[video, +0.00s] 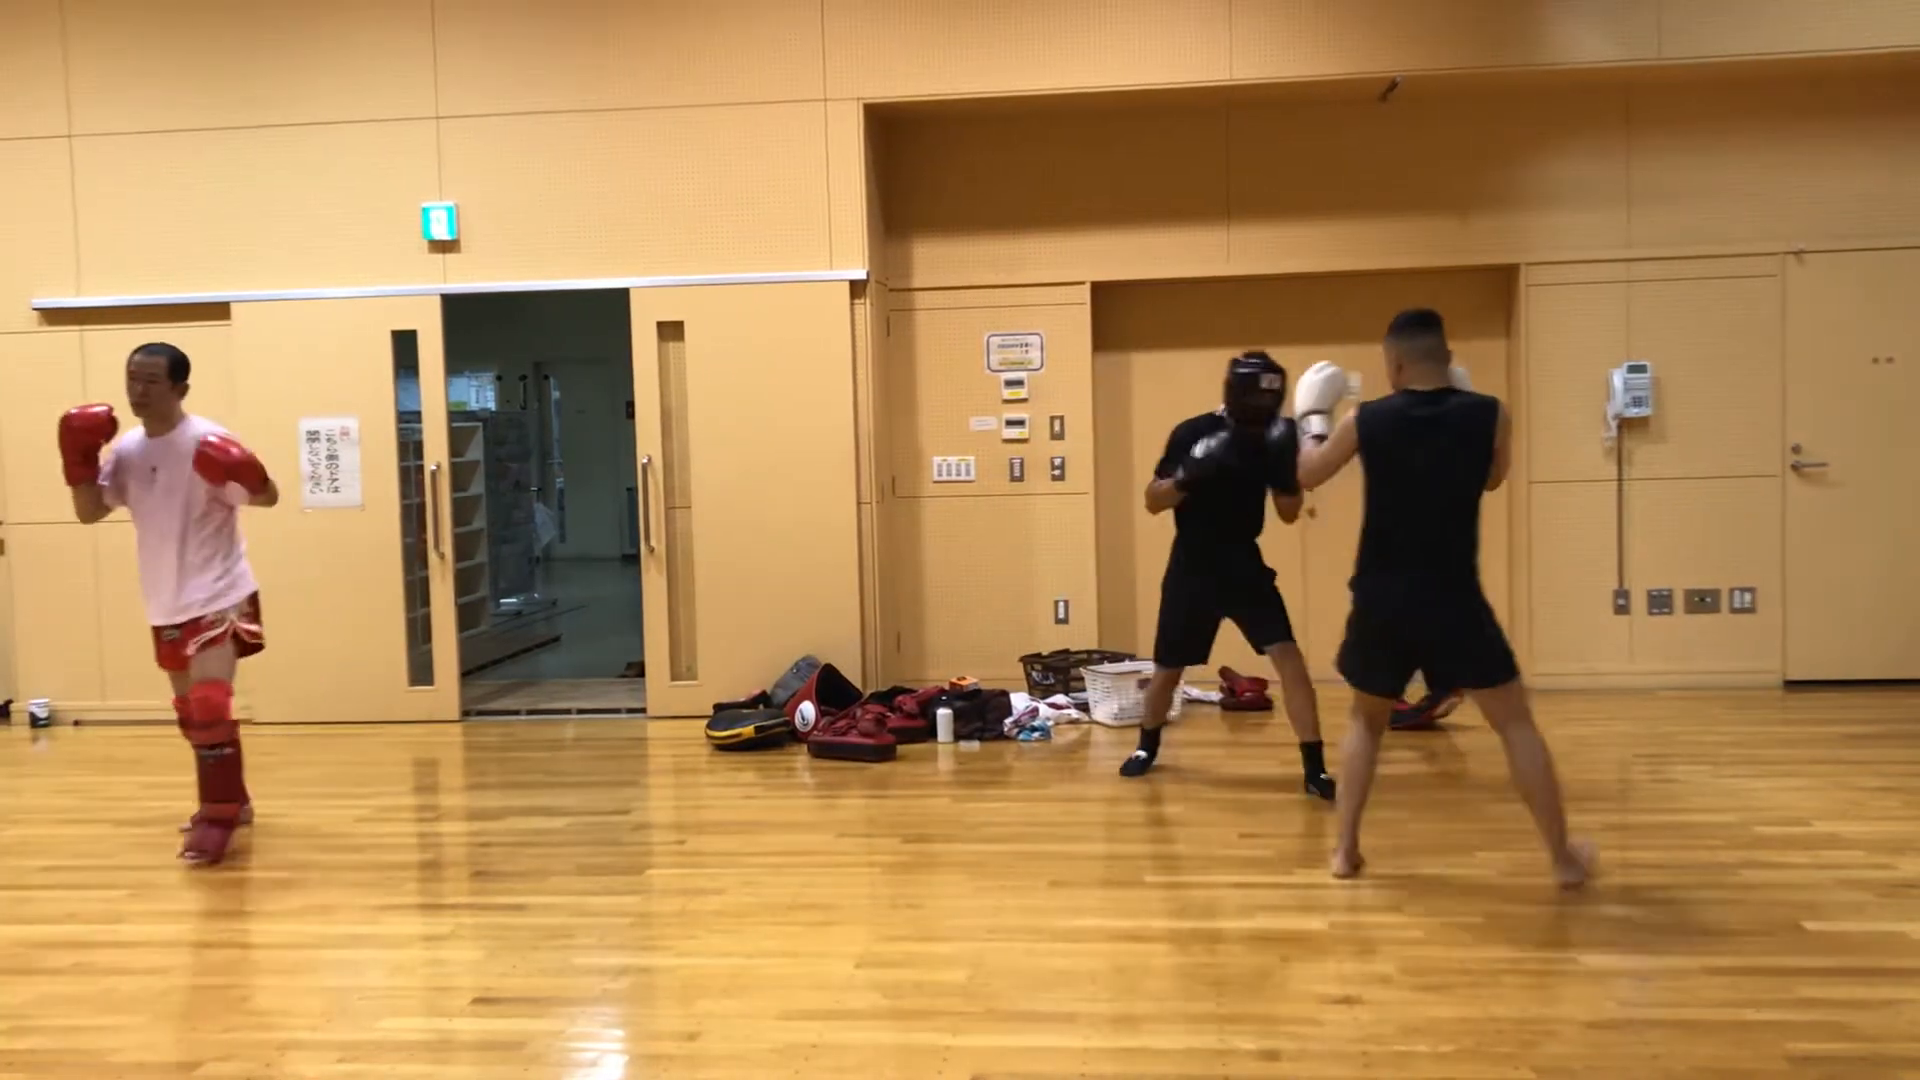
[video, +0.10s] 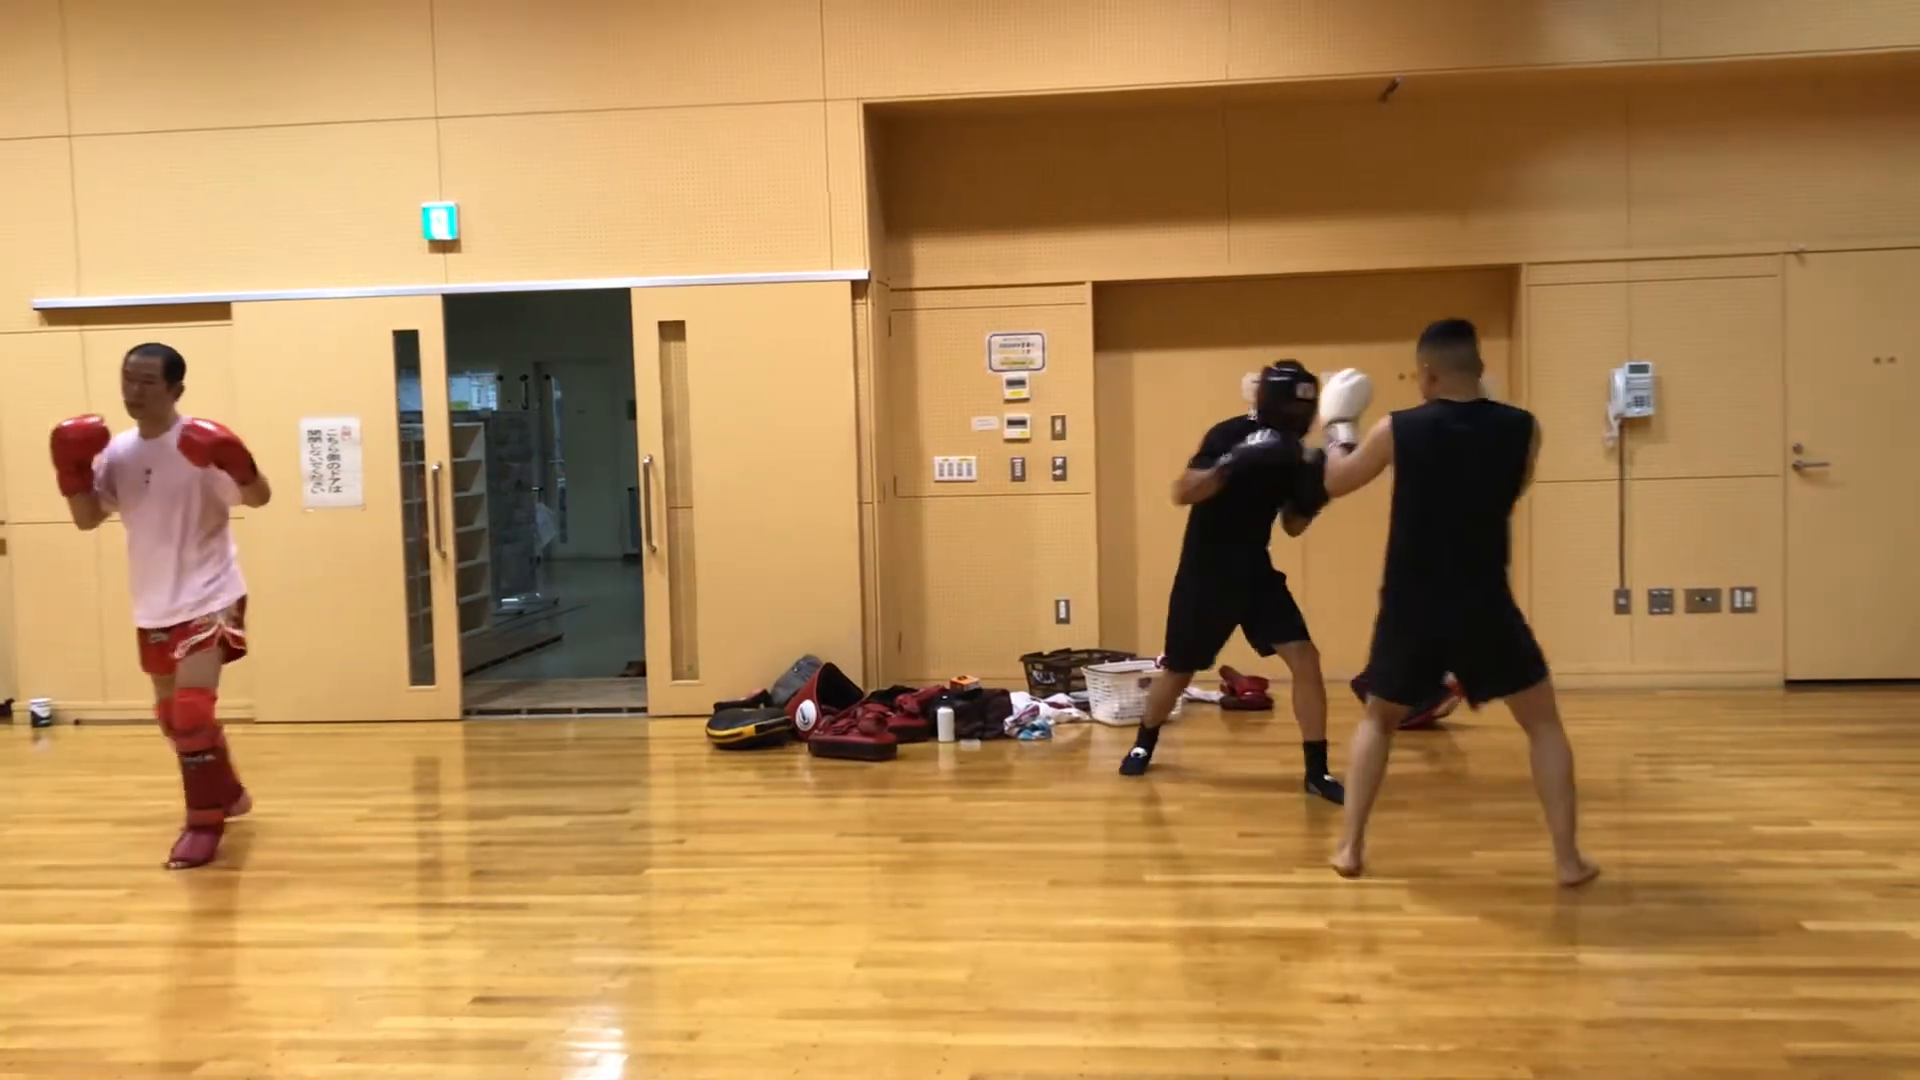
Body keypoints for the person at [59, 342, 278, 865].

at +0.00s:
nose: (137, 389)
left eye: (150, 381)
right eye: (132, 379)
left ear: (179, 388)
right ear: (125, 384)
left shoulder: (207, 442)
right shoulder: (125, 450)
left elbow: (267, 498)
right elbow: (90, 510)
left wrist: (248, 473)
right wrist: (78, 458)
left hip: (217, 594)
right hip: (165, 601)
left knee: (210, 708)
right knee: (191, 714)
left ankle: (217, 817)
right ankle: (229, 802)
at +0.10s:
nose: (133, 390)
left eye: (146, 382)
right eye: (128, 379)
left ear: (174, 389)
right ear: (120, 383)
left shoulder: (201, 443)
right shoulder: (116, 452)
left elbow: (258, 498)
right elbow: (87, 519)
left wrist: (236, 461)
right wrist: (71, 468)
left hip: (209, 595)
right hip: (154, 603)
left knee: (192, 713)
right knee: (172, 718)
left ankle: (201, 826)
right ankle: (227, 790)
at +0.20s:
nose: (123, 385)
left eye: (135, 377)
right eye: (117, 376)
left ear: (165, 385)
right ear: (110, 381)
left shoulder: (188, 439)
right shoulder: (105, 451)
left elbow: (241, 492)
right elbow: (77, 516)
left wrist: (210, 454)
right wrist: (57, 471)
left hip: (199, 595)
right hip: (139, 600)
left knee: (191, 719)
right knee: (131, 716)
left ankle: (203, 828)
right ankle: (203, 784)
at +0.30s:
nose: (107, 384)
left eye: (120, 374)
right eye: (101, 373)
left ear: (152, 381)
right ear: (93, 377)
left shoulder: (178, 433)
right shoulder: (87, 444)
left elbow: (215, 482)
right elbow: (49, 502)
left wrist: (171, 442)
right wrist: (38, 453)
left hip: (182, 598)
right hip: (116, 601)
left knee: (185, 720)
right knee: (86, 715)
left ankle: (202, 833)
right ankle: (133, 807)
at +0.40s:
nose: (94, 386)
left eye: (106, 377)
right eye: (86, 375)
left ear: (135, 383)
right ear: (76, 378)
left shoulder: (161, 435)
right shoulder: (69, 445)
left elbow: (195, 486)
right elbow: (30, 505)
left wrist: (149, 448)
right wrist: (21, 452)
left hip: (163, 604)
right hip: (95, 607)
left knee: (173, 726)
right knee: (67, 727)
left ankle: (200, 831)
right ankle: (80, 829)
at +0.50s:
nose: (80, 388)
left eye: (93, 379)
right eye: (73, 378)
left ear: (121, 386)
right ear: (63, 382)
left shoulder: (149, 440)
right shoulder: (56, 452)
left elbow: (188, 496)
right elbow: (18, 518)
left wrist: (135, 460)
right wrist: (12, 463)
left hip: (150, 604)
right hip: (82, 607)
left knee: (161, 727)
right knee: (57, 731)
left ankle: (193, 828)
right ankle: (76, 832)